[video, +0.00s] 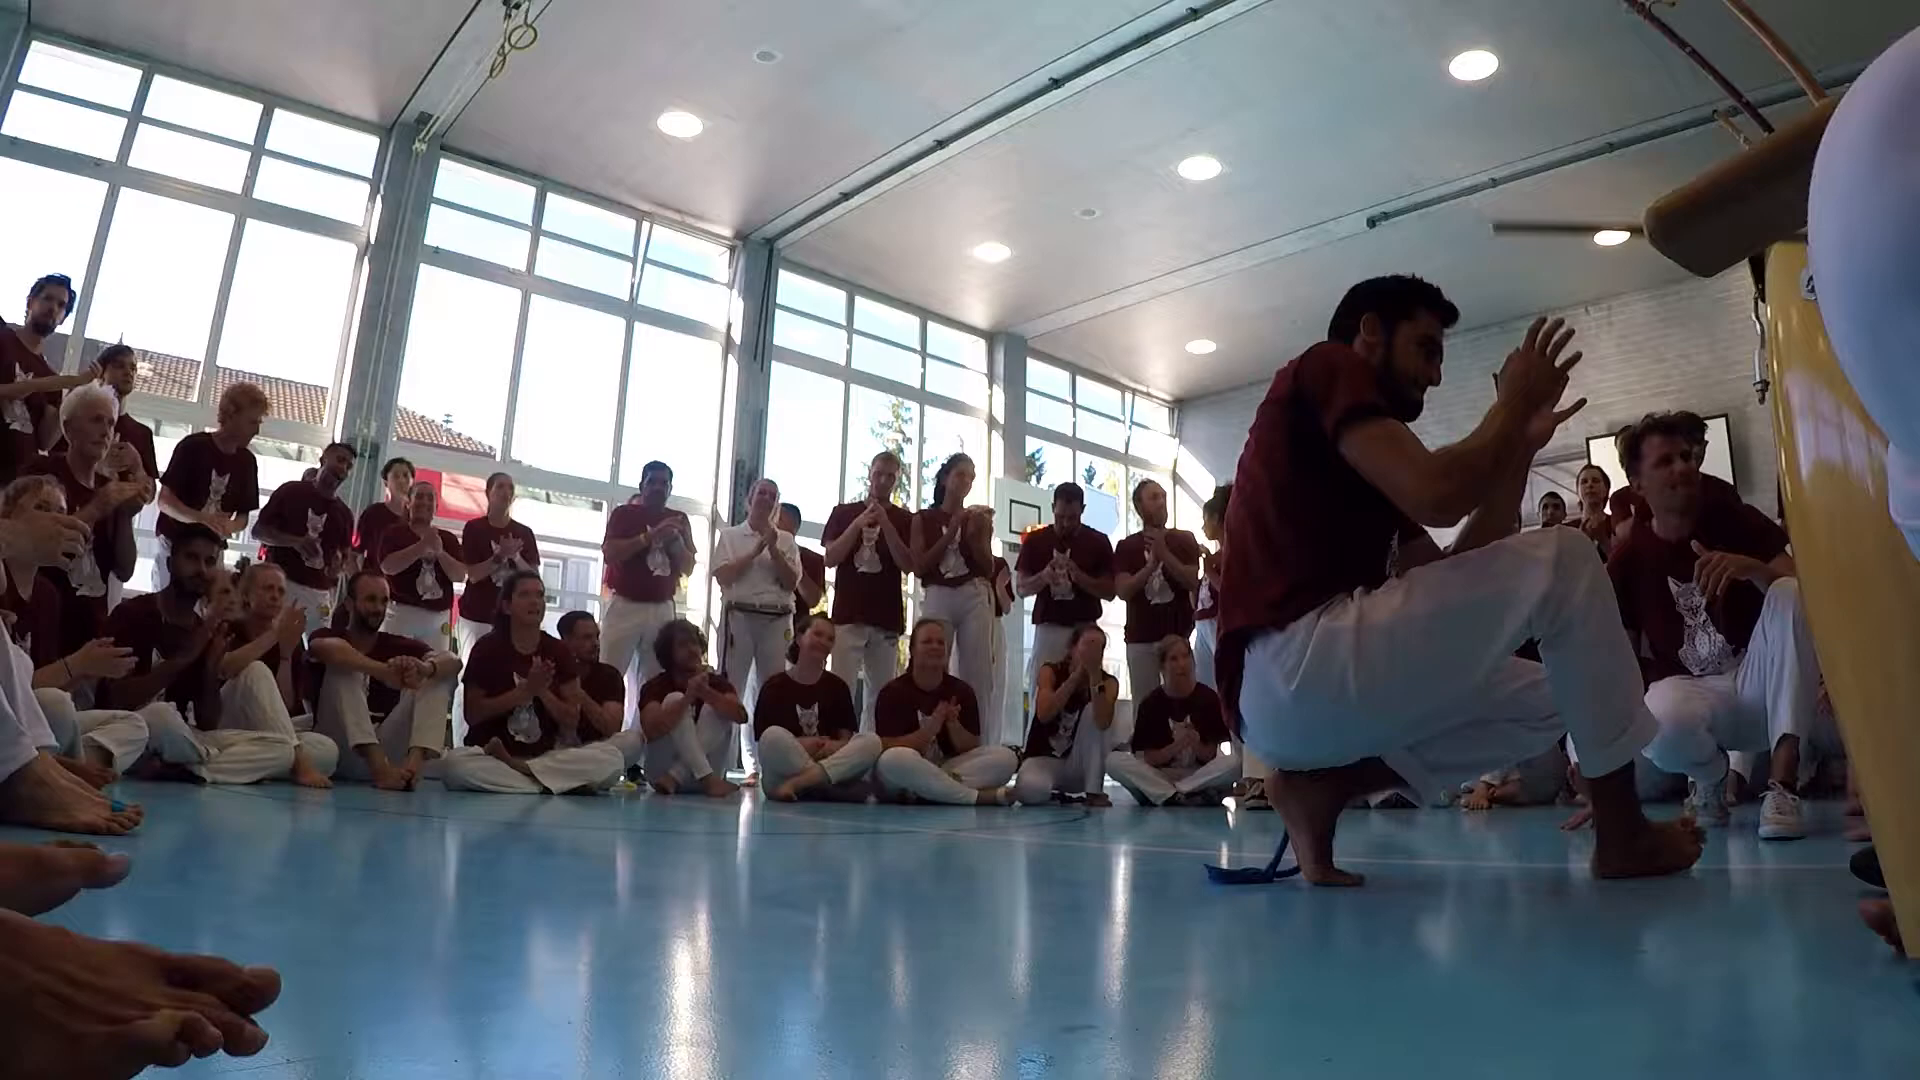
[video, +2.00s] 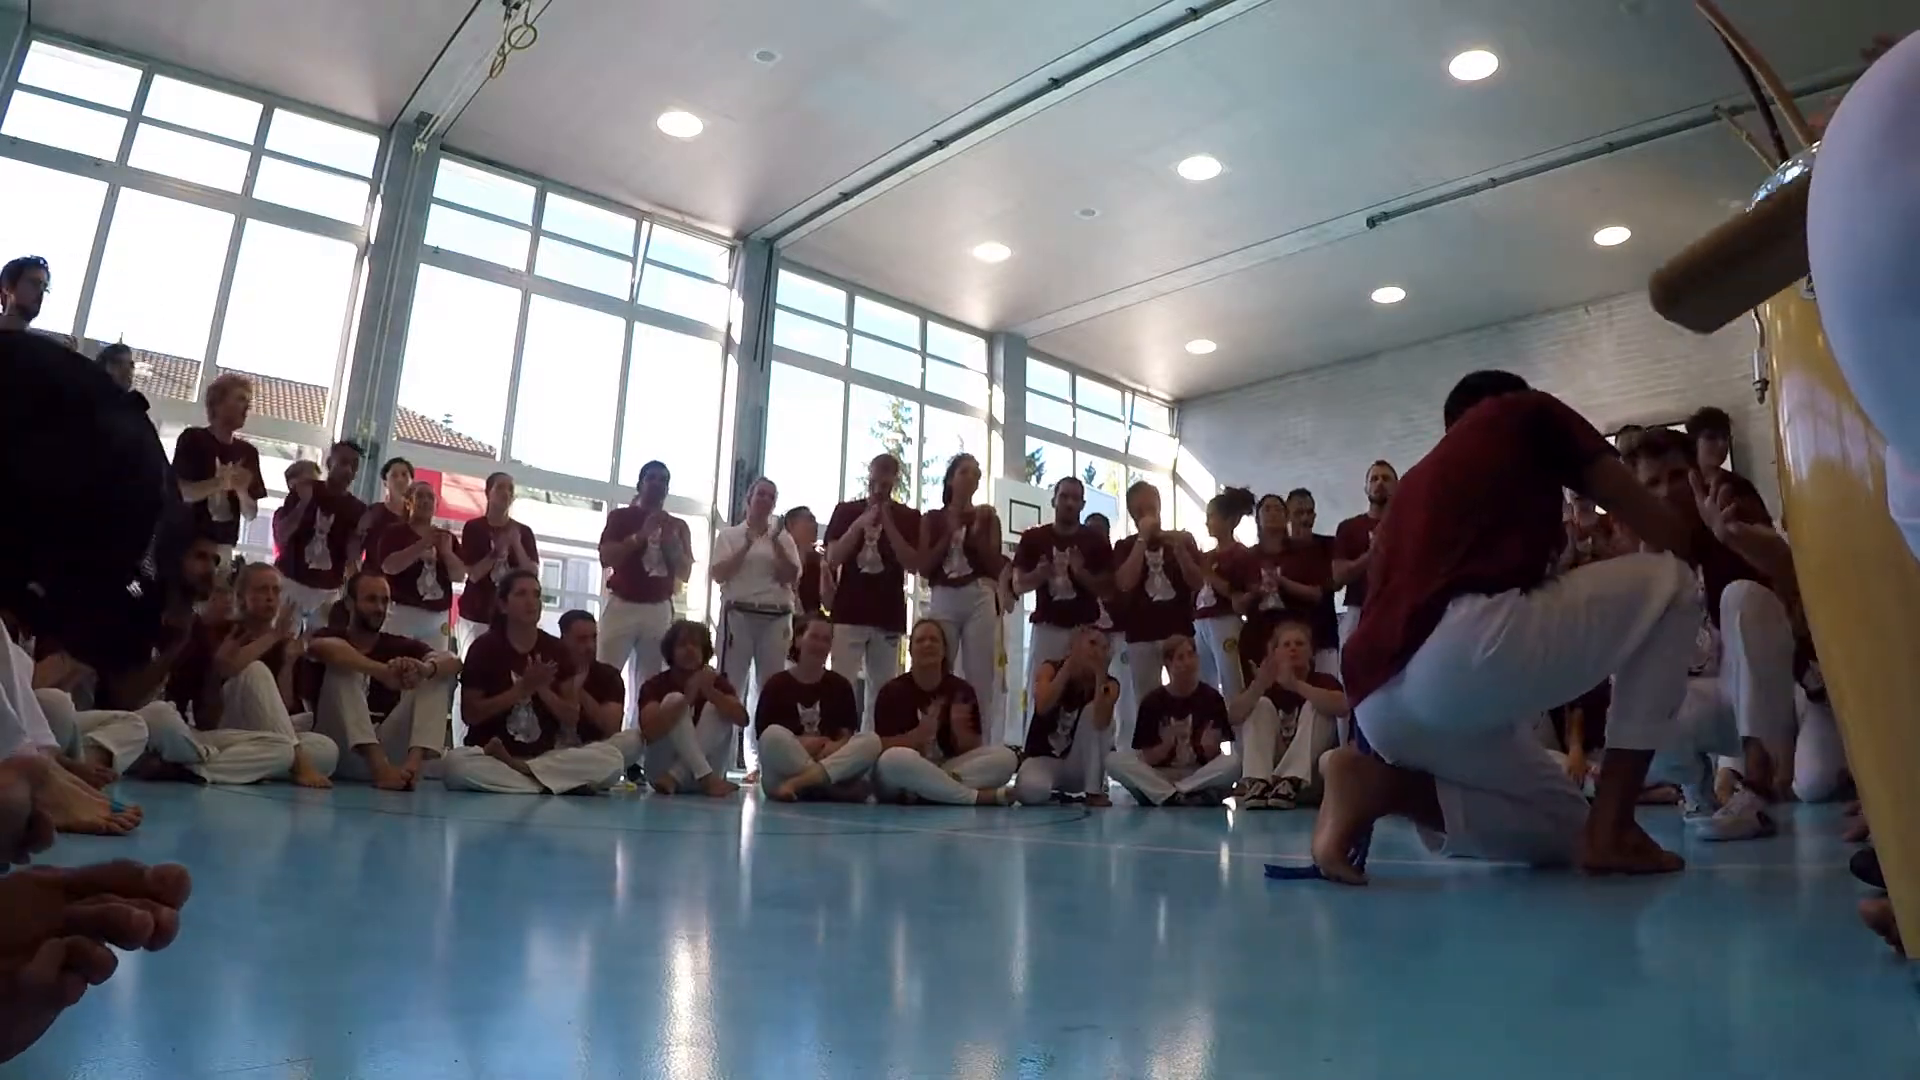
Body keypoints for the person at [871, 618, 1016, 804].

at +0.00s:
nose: (935, 648)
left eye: (940, 643)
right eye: (927, 642)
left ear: (947, 650)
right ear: (912, 650)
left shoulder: (962, 691)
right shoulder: (892, 692)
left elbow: (971, 749)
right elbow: (888, 747)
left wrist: (954, 724)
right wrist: (930, 729)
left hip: (951, 767)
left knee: (1006, 758)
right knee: (893, 760)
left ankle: (928, 792)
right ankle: (976, 798)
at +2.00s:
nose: (927, 645)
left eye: (934, 640)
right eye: (920, 640)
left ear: (944, 648)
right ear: (910, 649)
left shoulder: (962, 690)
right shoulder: (892, 691)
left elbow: (972, 749)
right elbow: (883, 745)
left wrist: (959, 728)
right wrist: (918, 735)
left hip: (951, 767)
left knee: (1006, 758)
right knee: (893, 760)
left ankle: (928, 792)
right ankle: (975, 798)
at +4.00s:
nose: (928, 646)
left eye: (935, 641)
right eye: (921, 642)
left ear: (944, 650)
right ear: (909, 650)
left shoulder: (961, 689)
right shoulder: (891, 692)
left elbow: (970, 749)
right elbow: (886, 747)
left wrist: (963, 723)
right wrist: (919, 728)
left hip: (951, 767)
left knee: (1005, 759)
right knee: (894, 759)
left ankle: (928, 792)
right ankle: (976, 798)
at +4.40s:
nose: (933, 647)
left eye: (939, 642)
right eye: (925, 642)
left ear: (946, 650)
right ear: (911, 650)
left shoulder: (961, 691)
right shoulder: (890, 693)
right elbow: (884, 747)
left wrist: (961, 726)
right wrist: (921, 732)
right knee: (892, 757)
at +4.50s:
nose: (933, 647)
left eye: (939, 642)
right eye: (925, 642)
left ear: (945, 650)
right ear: (911, 650)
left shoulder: (962, 691)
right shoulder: (890, 693)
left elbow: (972, 740)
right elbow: (884, 745)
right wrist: (925, 740)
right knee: (891, 757)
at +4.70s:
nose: (933, 647)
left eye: (939, 643)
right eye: (926, 642)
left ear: (947, 651)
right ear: (911, 650)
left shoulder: (962, 691)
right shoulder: (891, 692)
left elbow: (971, 748)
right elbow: (885, 746)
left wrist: (959, 723)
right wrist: (927, 731)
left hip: (951, 776)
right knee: (896, 757)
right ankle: (965, 797)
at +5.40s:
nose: (933, 647)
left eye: (939, 643)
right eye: (925, 642)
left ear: (946, 651)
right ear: (910, 650)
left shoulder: (962, 691)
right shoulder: (891, 693)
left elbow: (971, 747)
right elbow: (887, 744)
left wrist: (954, 731)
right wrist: (925, 739)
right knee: (893, 758)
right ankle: (987, 796)